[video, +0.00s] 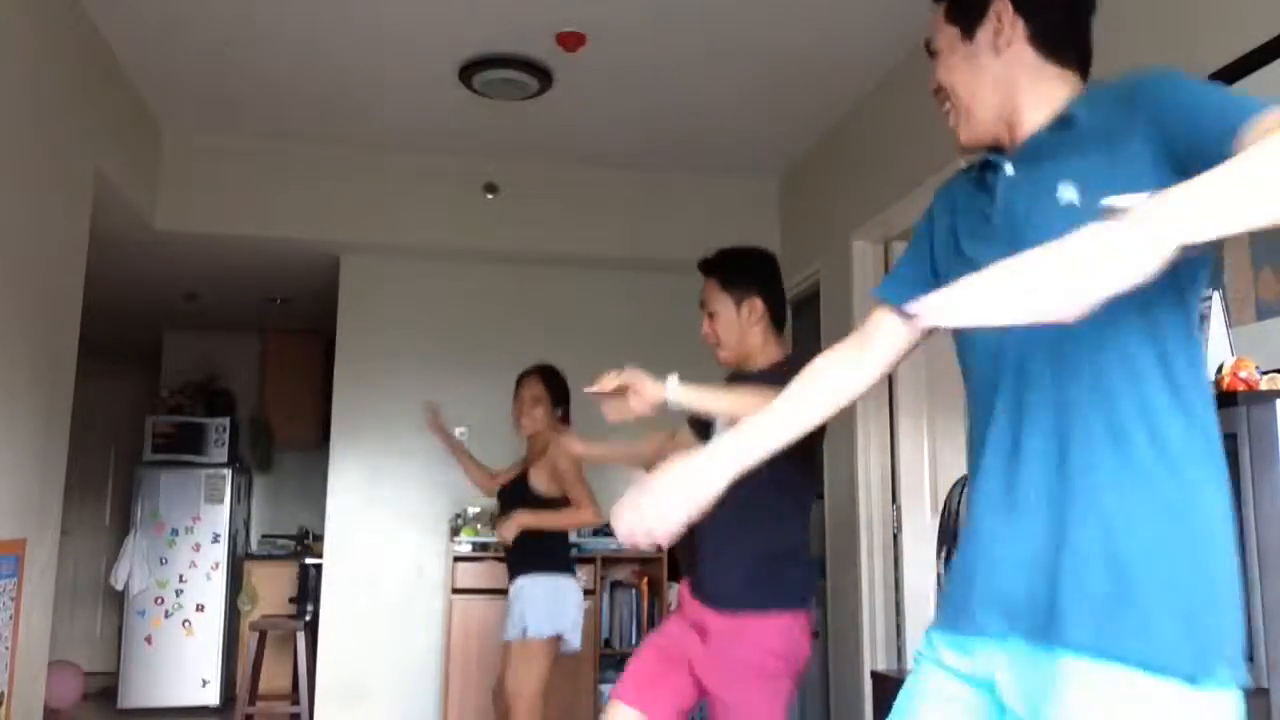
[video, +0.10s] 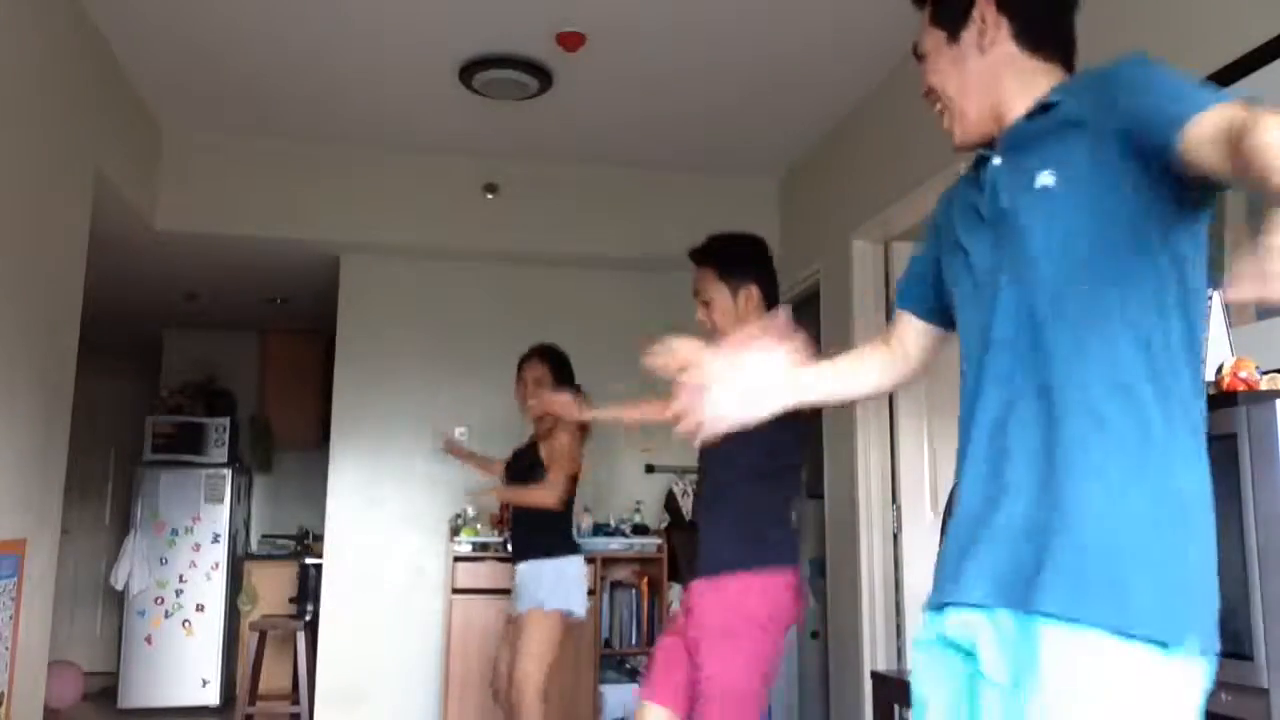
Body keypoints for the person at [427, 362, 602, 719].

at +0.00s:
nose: (524, 410)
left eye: (535, 401)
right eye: (519, 401)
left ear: (556, 408)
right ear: (513, 406)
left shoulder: (559, 449)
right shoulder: (532, 457)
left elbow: (590, 513)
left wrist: (522, 519)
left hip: (545, 585)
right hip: (528, 585)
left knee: (523, 700)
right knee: (506, 696)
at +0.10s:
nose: (527, 391)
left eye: (537, 381)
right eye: (522, 382)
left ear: (559, 385)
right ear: (516, 386)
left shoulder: (562, 432)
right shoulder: (539, 436)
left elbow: (554, 496)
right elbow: (503, 472)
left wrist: (500, 494)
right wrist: (463, 454)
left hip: (552, 568)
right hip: (531, 567)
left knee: (525, 689)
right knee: (505, 687)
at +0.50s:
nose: (546, 399)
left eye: (558, 391)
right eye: (542, 390)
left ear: (579, 400)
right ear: (536, 394)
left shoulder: (571, 437)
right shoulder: (552, 440)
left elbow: (507, 445)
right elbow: (533, 486)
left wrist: (446, 437)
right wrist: (488, 488)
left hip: (563, 579)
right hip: (543, 577)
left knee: (539, 694)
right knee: (527, 688)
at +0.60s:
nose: (552, 404)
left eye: (565, 397)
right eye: (549, 394)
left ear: (584, 410)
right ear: (543, 397)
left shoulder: (569, 439)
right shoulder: (553, 447)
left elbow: (512, 438)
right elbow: (518, 473)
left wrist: (441, 438)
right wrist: (482, 474)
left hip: (563, 574)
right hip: (545, 573)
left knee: (546, 696)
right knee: (535, 694)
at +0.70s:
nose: (552, 423)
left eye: (565, 418)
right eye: (552, 414)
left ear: (585, 434)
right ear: (547, 416)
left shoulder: (568, 465)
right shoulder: (567, 469)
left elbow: (527, 452)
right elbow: (529, 451)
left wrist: (488, 442)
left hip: (562, 593)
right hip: (555, 592)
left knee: (551, 699)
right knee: (542, 697)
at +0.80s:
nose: (550, 417)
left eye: (558, 410)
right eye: (552, 410)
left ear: (578, 416)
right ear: (571, 416)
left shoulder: (578, 455)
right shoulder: (556, 462)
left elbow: (528, 445)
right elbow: (517, 462)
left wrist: (488, 432)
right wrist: (485, 441)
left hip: (564, 589)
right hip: (546, 589)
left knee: (550, 696)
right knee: (540, 695)